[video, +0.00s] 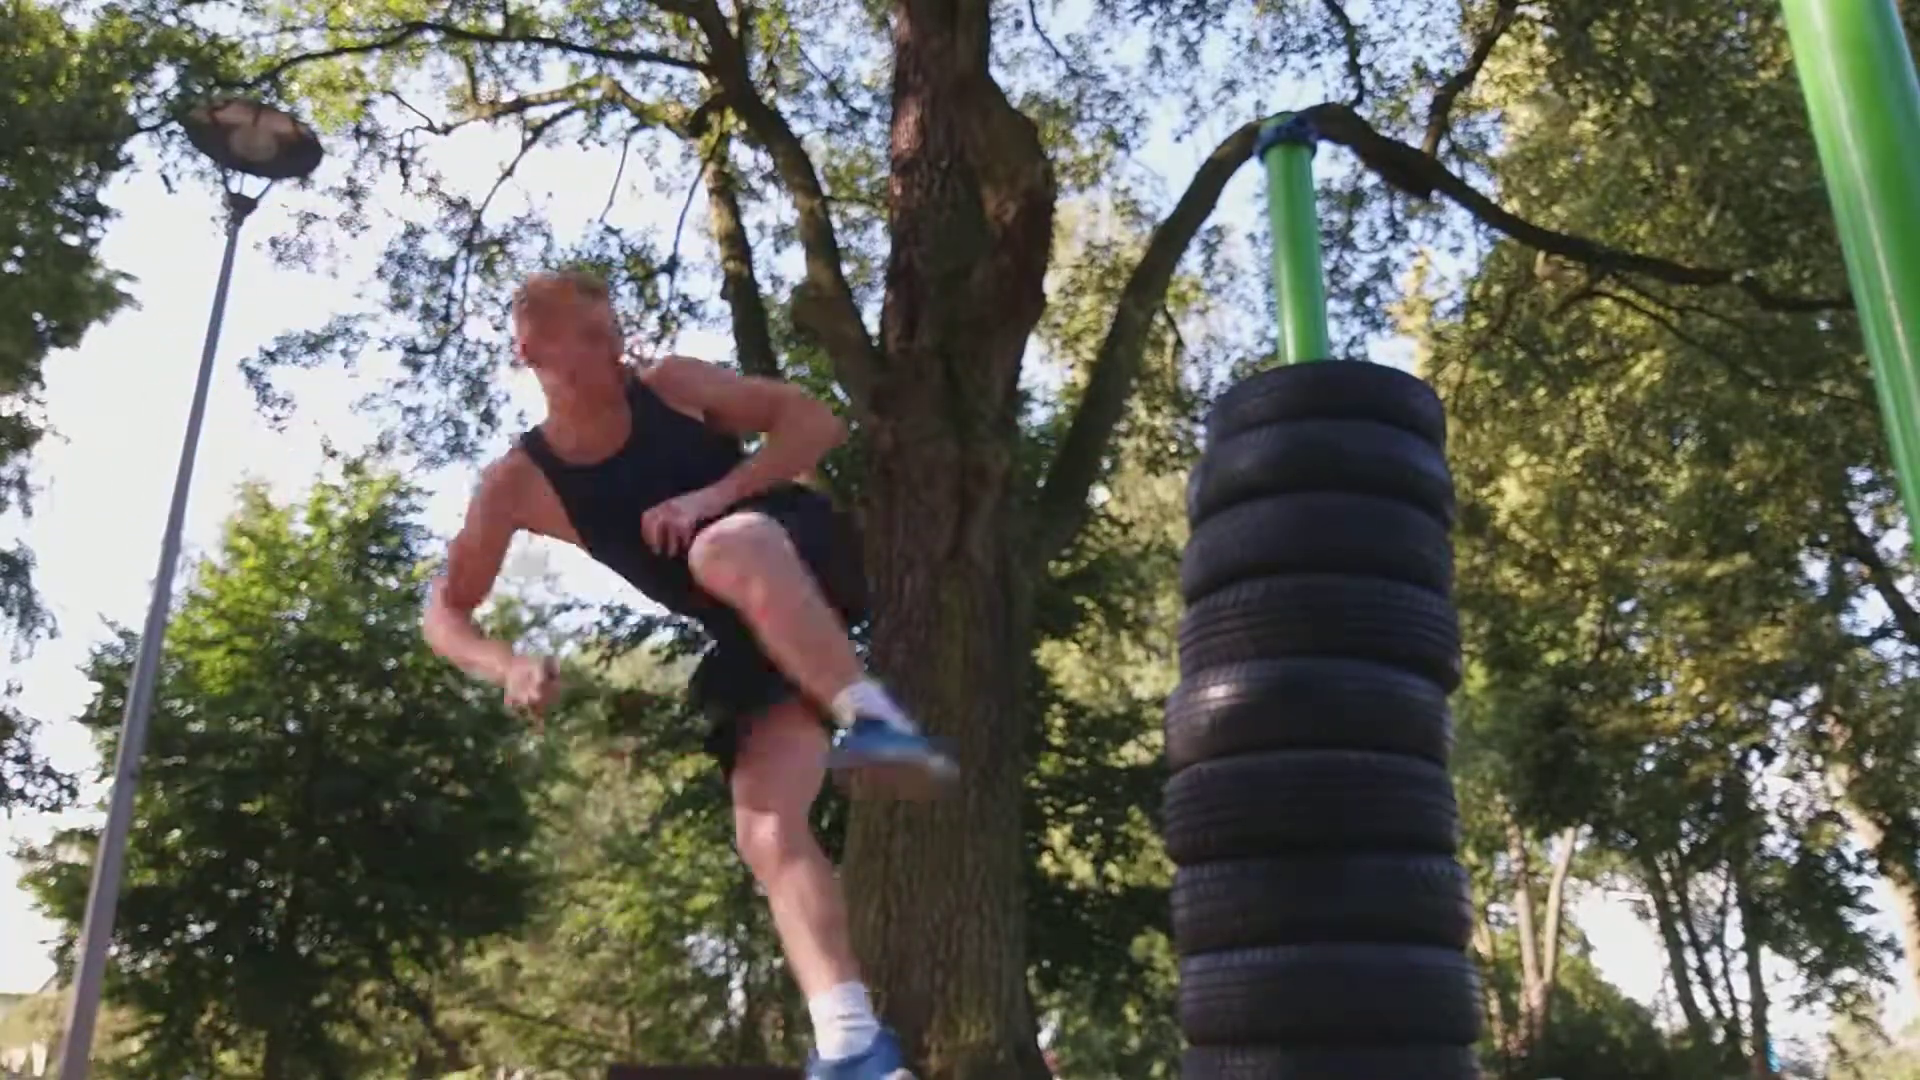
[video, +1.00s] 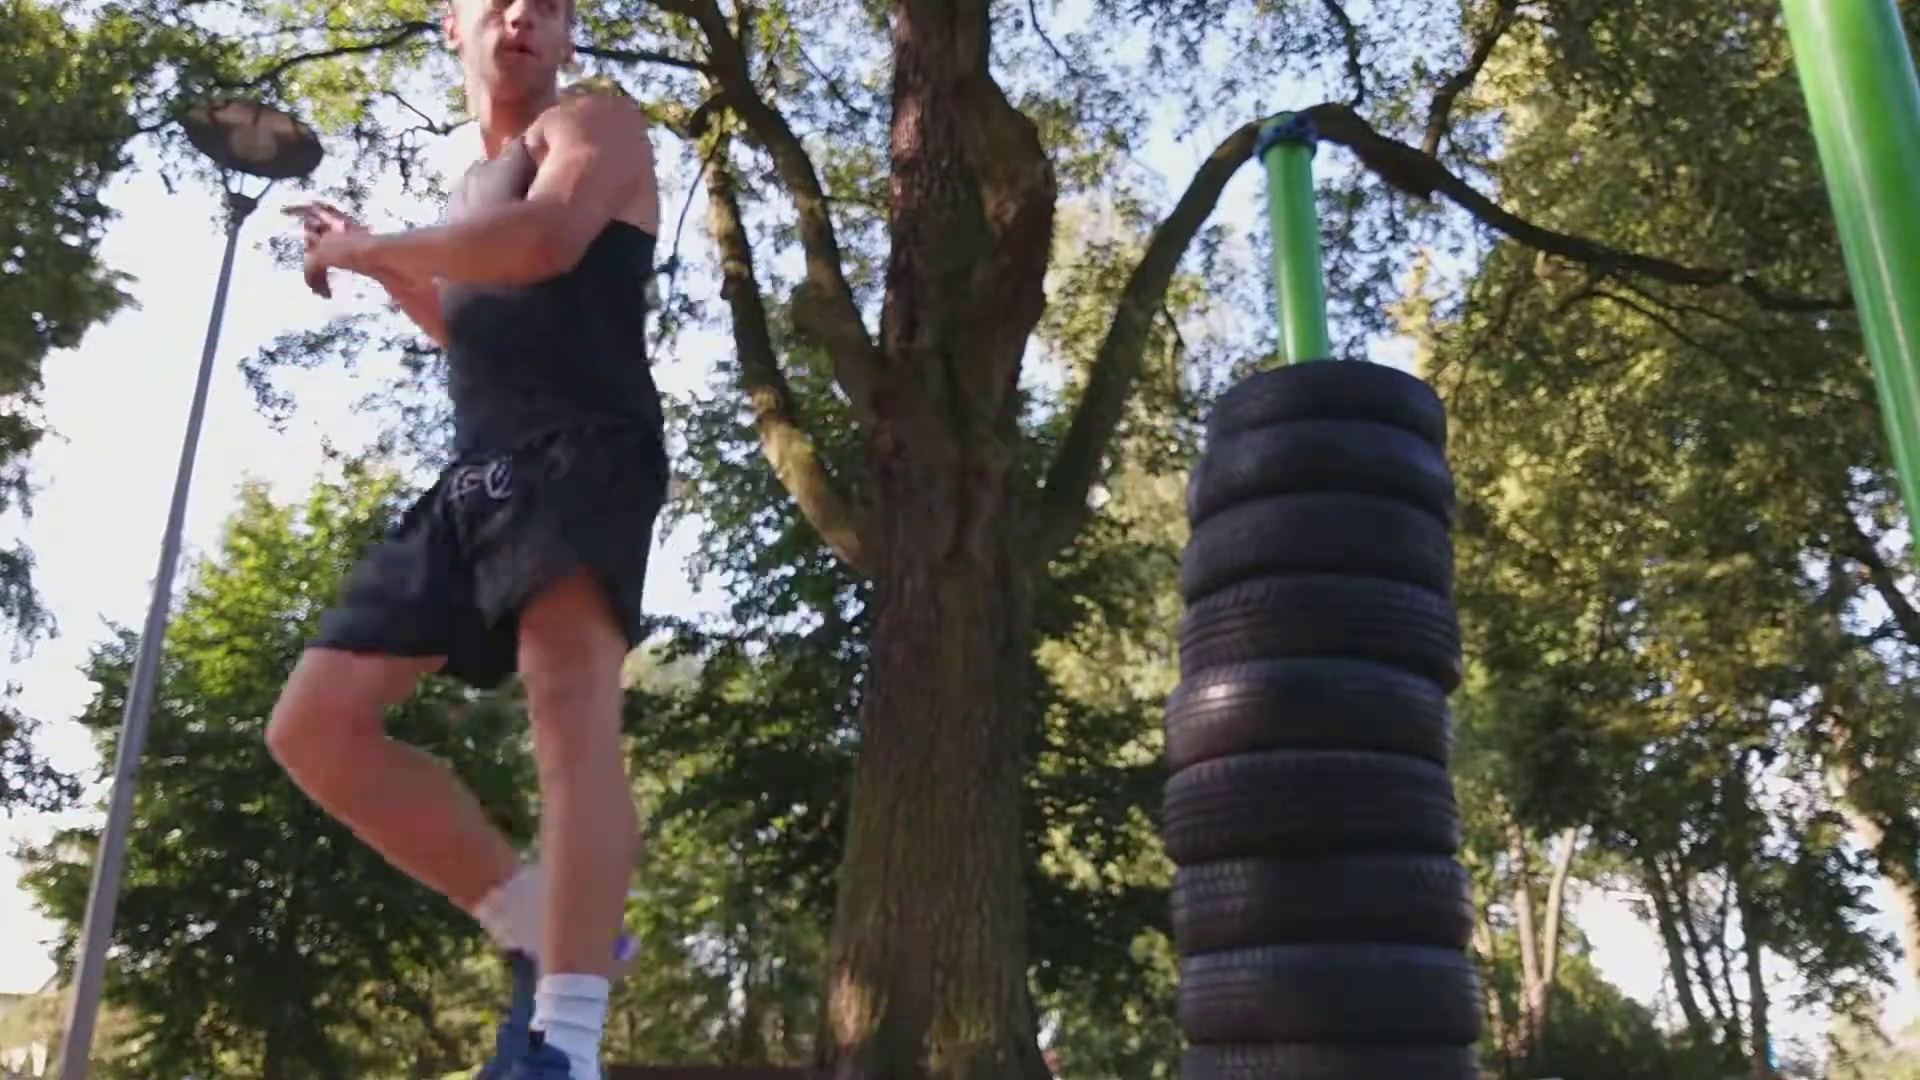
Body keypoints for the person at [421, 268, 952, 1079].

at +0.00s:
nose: (615, 348)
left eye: (612, 332)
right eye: (596, 337)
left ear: (615, 331)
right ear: (539, 356)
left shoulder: (672, 385)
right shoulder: (516, 484)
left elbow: (815, 422)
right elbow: (444, 616)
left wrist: (717, 494)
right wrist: (505, 667)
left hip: (808, 552)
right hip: (735, 624)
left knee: (721, 552)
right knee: (768, 827)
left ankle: (873, 719)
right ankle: (854, 1044)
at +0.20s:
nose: (582, 450)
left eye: (573, 433)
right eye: (555, 452)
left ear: (586, 431)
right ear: (520, 497)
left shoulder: (670, 448)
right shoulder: (578, 637)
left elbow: (786, 391)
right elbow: (654, 759)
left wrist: (846, 480)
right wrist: (782, 766)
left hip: (891, 545)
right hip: (852, 662)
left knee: (1070, 495)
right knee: (824, 829)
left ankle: (1187, 446)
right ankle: (881, 1060)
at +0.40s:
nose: (561, 512)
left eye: (560, 482)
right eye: (531, 508)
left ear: (583, 459)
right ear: (510, 530)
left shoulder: (686, 454)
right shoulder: (596, 645)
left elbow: (808, 394)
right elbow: (709, 744)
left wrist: (949, 395)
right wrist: (833, 775)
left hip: (914, 541)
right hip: (873, 658)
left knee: (1131, 497)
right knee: (900, 853)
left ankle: (1093, 446)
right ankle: (909, 1063)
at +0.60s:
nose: (551, 291)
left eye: (565, 267)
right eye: (528, 279)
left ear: (606, 268)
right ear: (512, 302)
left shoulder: (698, 312)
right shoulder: (552, 446)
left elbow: (861, 346)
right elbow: (601, 587)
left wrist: (851, 396)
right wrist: (670, 687)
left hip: (848, 503)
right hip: (780, 601)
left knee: (842, 590)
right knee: (849, 836)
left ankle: (1022, 821)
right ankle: (900, 1069)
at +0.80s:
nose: (542, 171)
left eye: (566, 150)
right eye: (525, 156)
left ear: (616, 166)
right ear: (511, 184)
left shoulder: (680, 251)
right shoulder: (562, 331)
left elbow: (723, 381)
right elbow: (499, 463)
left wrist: (528, 394)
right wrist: (344, 427)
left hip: (724, 547)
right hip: (650, 573)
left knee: (632, 733)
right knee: (727, 839)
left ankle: (565, 1051)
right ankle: (888, 1057)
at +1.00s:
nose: (524, 17)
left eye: (546, 4)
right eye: (498, 0)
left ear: (570, 31)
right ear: (452, 28)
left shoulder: (595, 118)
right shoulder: (471, 188)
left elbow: (551, 240)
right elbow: (473, 338)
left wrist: (372, 246)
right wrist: (381, 267)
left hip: (577, 454)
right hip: (474, 478)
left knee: (567, 695)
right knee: (313, 730)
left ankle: (563, 1047)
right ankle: (554, 937)